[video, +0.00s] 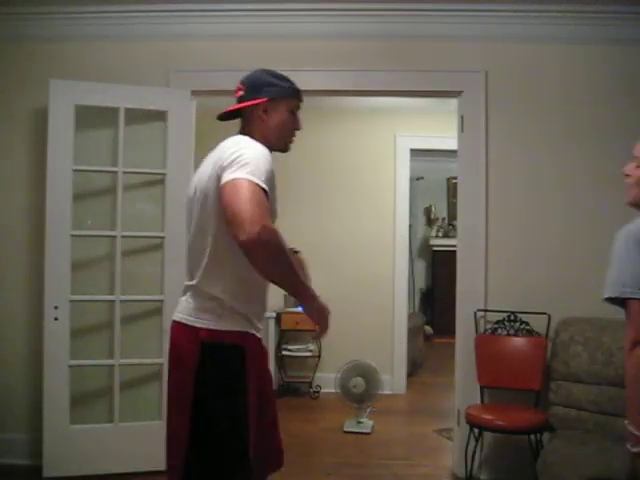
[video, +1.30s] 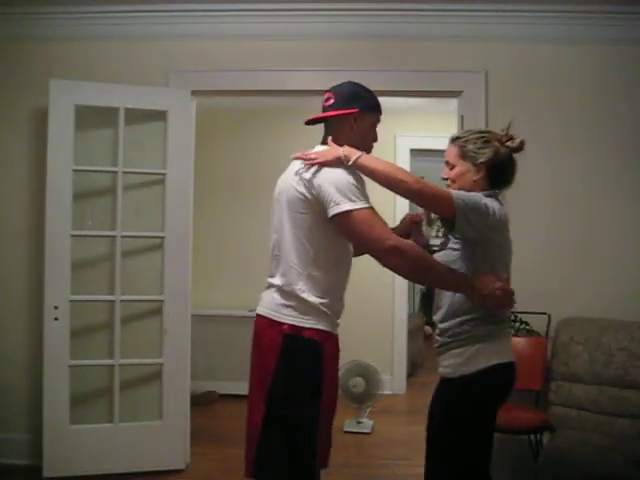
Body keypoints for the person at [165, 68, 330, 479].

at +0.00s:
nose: (298, 123)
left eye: (297, 113)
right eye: (292, 111)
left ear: (259, 112)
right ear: (263, 111)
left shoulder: (220, 156)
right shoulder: (248, 152)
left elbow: (223, 243)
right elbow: (252, 231)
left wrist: (280, 258)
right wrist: (307, 297)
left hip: (203, 335)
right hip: (223, 341)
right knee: (237, 465)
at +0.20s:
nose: (318, 126)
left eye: (317, 116)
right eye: (312, 115)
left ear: (284, 118)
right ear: (283, 115)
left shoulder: (271, 167)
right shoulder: (258, 161)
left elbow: (277, 247)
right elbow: (253, 247)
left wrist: (333, 259)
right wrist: (315, 326)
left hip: (254, 335)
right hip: (236, 335)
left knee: (255, 458)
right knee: (224, 461)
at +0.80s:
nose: (363, 133)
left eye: (362, 122)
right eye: (357, 121)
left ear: (327, 123)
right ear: (330, 121)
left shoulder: (315, 173)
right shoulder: (303, 167)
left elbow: (331, 243)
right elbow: (304, 254)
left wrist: (380, 241)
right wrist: (366, 334)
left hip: (290, 331)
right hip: (277, 334)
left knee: (283, 460)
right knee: (275, 463)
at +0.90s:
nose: (366, 138)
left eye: (367, 127)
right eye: (363, 125)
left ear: (327, 122)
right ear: (341, 121)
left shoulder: (314, 169)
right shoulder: (309, 168)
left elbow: (328, 241)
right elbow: (329, 257)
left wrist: (384, 241)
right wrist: (397, 326)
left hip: (292, 332)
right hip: (281, 336)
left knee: (300, 459)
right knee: (284, 464)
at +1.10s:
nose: (372, 140)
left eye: (373, 131)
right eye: (370, 128)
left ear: (332, 123)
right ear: (350, 124)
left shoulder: (316, 167)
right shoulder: (317, 170)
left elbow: (336, 250)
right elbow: (368, 254)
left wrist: (391, 244)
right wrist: (454, 303)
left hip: (297, 331)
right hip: (290, 336)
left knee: (312, 457)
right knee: (295, 461)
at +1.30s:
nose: (377, 136)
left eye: (377, 126)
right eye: (374, 124)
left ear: (335, 123)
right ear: (353, 121)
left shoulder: (311, 166)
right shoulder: (330, 171)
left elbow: (345, 246)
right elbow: (388, 249)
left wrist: (397, 232)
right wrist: (469, 285)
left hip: (293, 329)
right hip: (298, 334)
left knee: (291, 456)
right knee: (291, 459)